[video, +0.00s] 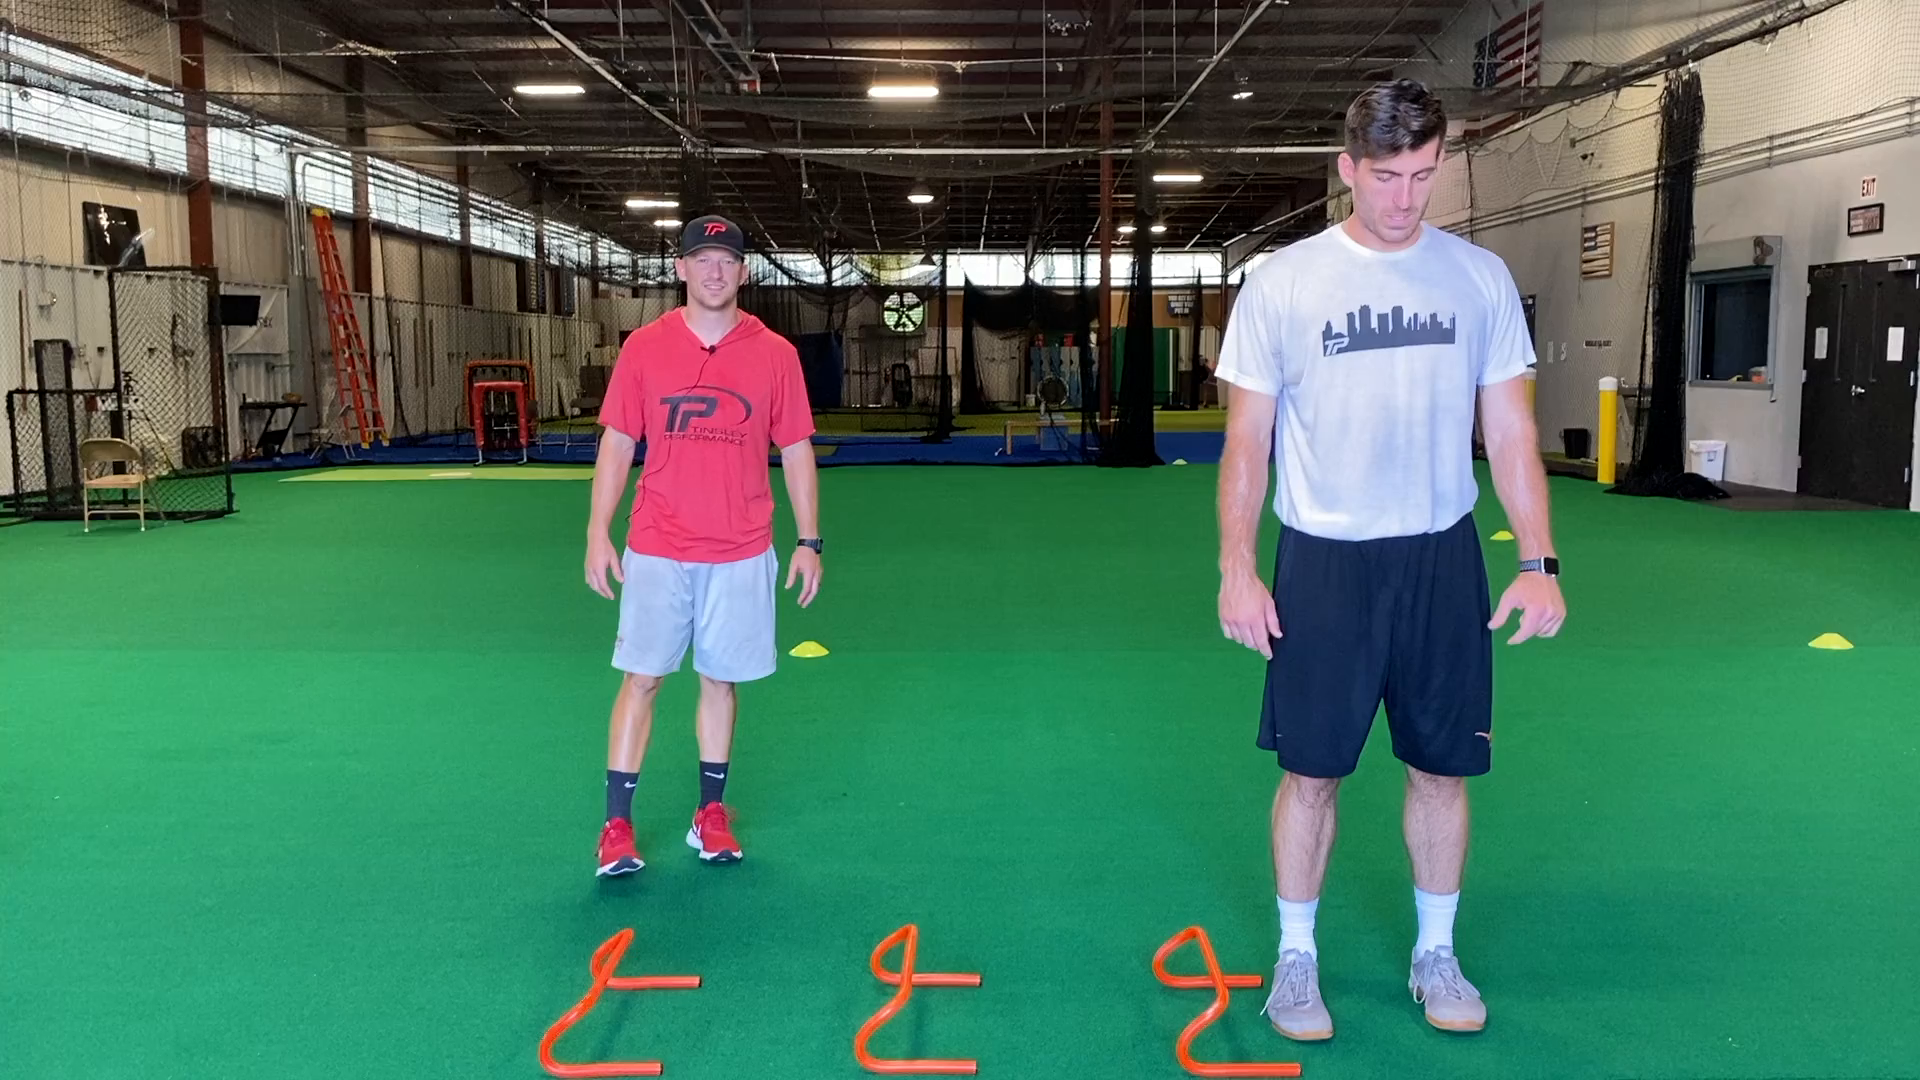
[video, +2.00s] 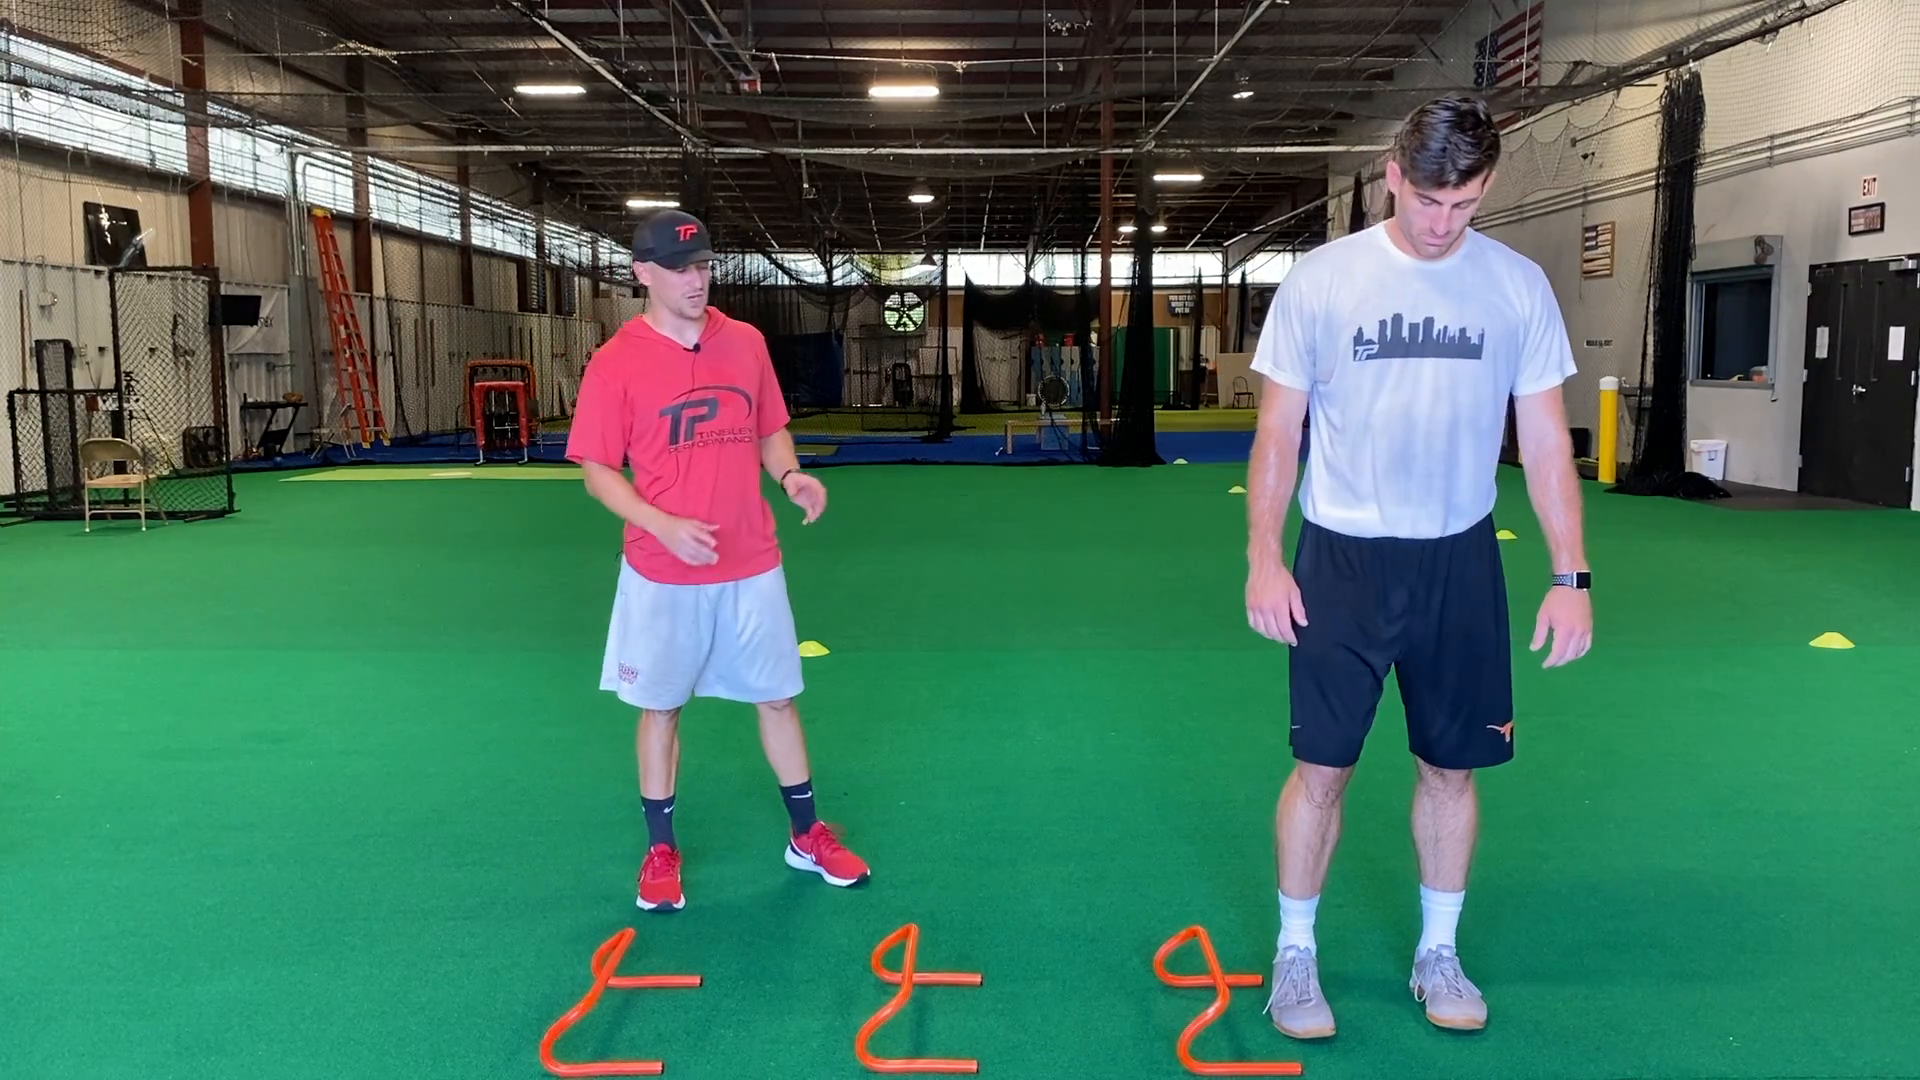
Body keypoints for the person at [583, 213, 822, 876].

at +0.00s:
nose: (714, 271)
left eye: (725, 261)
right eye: (702, 260)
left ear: (742, 271)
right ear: (681, 268)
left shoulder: (776, 355)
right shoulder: (645, 346)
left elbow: (797, 451)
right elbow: (617, 445)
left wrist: (808, 540)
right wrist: (598, 533)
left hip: (741, 551)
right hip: (658, 547)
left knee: (720, 677)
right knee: (642, 676)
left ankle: (712, 814)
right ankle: (617, 824)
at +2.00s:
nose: (700, 278)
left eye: (704, 264)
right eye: (684, 267)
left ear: (712, 267)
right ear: (645, 275)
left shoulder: (745, 344)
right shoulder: (616, 364)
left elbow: (772, 430)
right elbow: (597, 470)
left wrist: (792, 473)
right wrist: (661, 524)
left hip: (751, 563)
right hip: (665, 572)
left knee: (778, 695)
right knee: (660, 706)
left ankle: (808, 835)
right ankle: (661, 850)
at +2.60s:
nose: (798, 271)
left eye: (810, 260)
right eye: (785, 259)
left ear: (825, 272)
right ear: (761, 268)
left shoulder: (849, 355)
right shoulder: (719, 349)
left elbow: (870, 441)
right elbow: (692, 445)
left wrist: (861, 462)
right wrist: (711, 509)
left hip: (829, 559)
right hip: (746, 560)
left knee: (811, 691)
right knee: (725, 696)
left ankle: (811, 834)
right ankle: (680, 845)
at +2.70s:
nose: (809, 272)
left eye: (820, 261)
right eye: (796, 259)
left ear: (834, 272)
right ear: (771, 268)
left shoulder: (862, 356)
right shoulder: (727, 347)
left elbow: (888, 443)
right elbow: (701, 441)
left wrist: (871, 466)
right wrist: (717, 505)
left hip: (831, 559)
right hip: (749, 556)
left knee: (813, 691)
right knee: (732, 694)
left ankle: (811, 834)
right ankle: (690, 842)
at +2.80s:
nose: (816, 274)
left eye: (828, 264)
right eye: (803, 261)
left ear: (844, 275)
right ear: (779, 268)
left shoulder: (869, 360)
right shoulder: (734, 346)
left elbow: (903, 448)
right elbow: (705, 440)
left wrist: (871, 471)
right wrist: (719, 506)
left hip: (831, 559)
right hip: (751, 554)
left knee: (813, 692)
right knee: (732, 692)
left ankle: (812, 834)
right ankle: (696, 837)